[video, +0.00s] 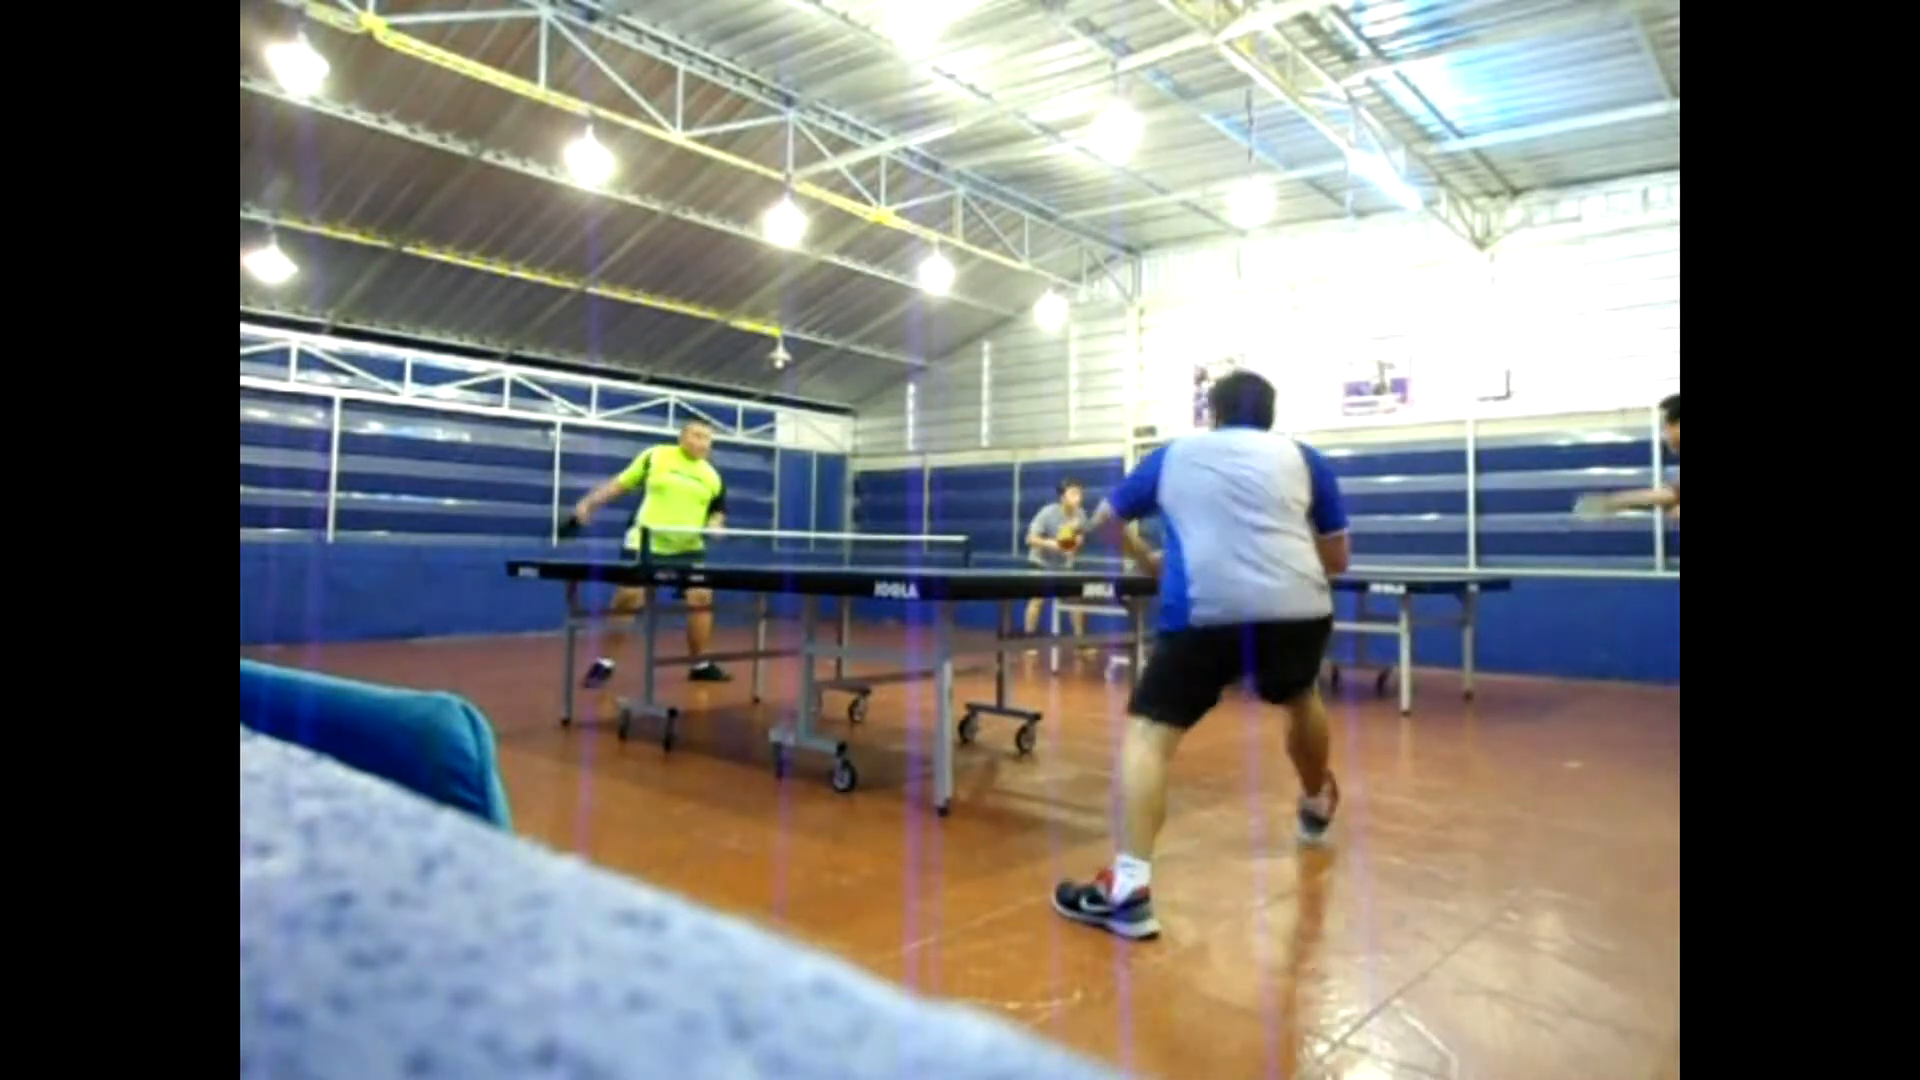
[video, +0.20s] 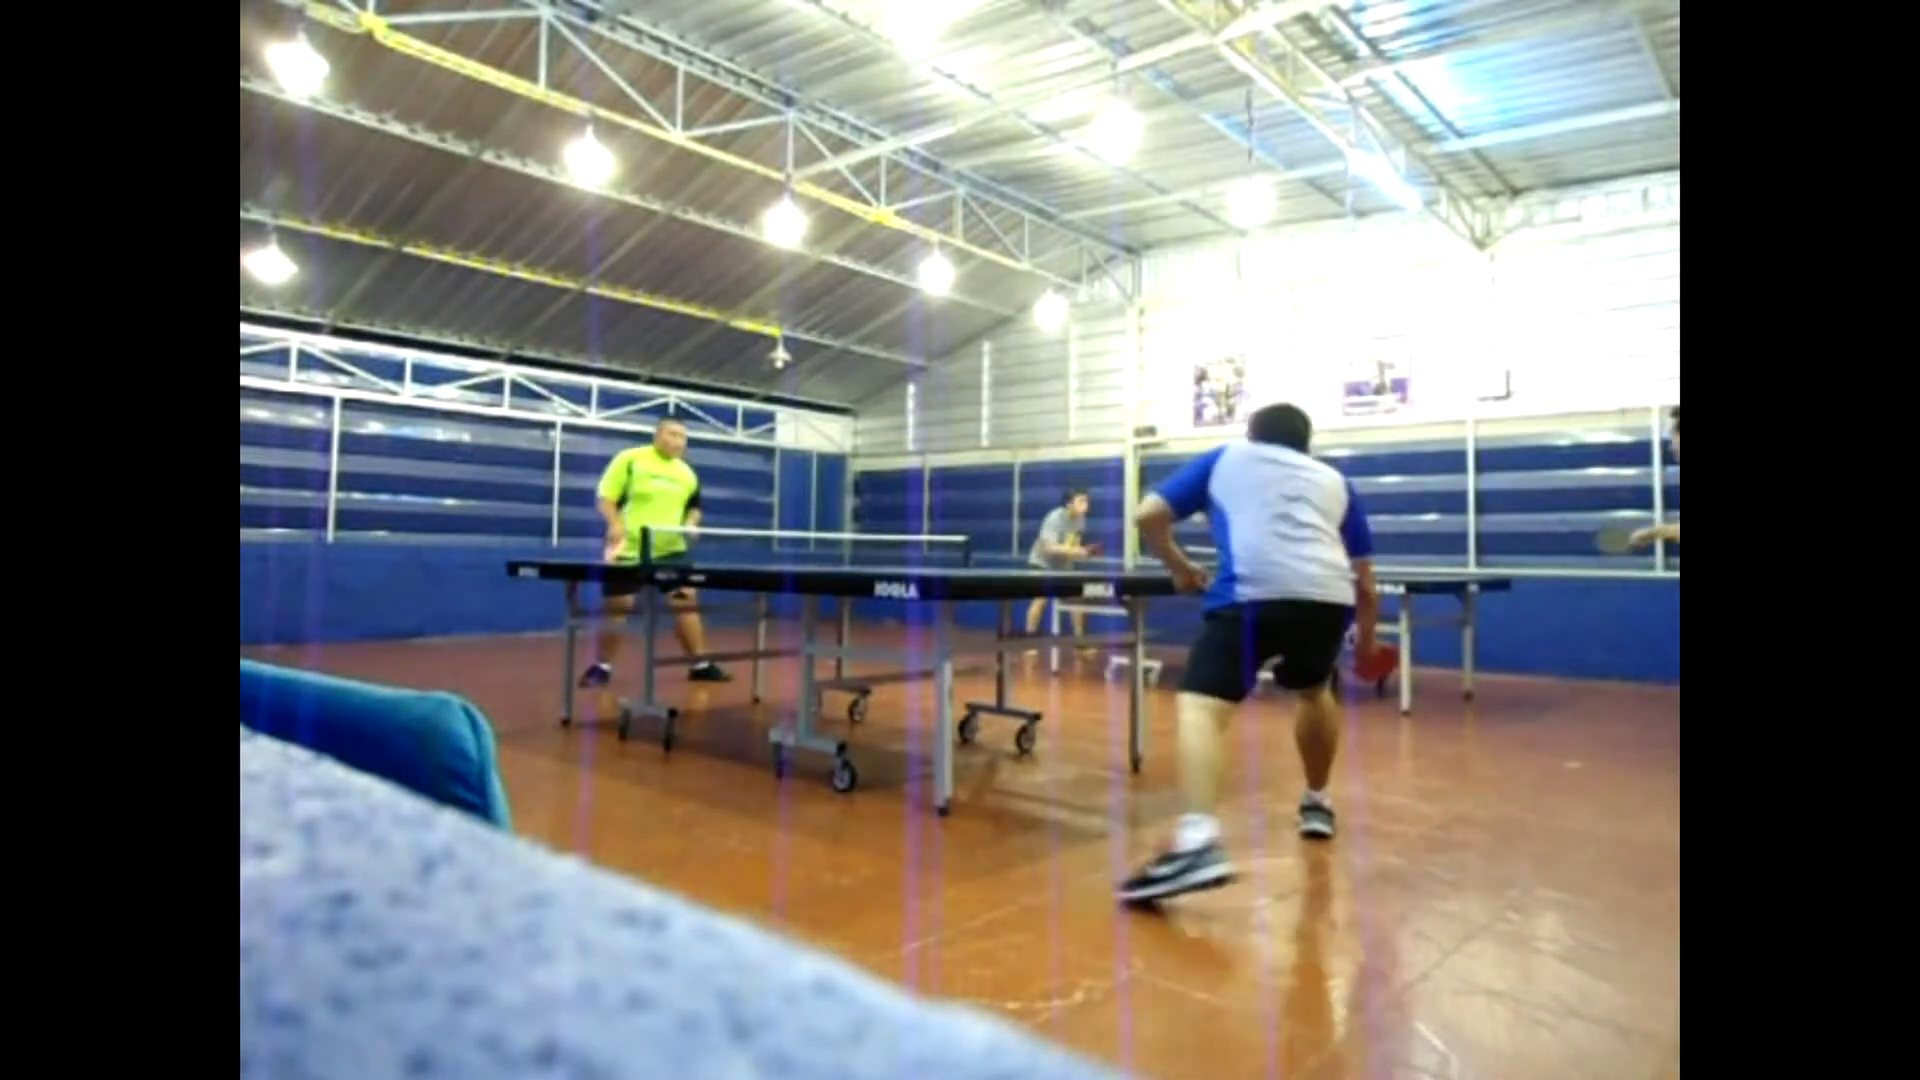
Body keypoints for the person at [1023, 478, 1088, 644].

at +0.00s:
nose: (1076, 498)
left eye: (1078, 493)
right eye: (1072, 493)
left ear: (1081, 496)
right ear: (1063, 496)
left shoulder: (1080, 515)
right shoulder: (1048, 513)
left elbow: (1082, 534)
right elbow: (1031, 537)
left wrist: (1075, 543)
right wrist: (1052, 545)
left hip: (1066, 563)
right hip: (1041, 563)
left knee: (1076, 600)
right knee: (1037, 599)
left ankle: (1080, 638)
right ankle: (1029, 636)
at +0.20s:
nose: (1084, 506)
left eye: (1086, 502)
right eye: (1080, 501)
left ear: (1087, 504)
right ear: (1070, 503)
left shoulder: (1079, 519)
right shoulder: (1055, 517)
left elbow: (1073, 544)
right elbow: (1049, 547)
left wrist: (1085, 551)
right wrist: (1078, 551)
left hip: (1065, 564)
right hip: (1042, 564)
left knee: (1077, 600)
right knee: (1041, 597)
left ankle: (1079, 639)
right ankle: (1029, 636)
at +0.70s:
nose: (1086, 491)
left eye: (1088, 487)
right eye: (1082, 486)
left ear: (1089, 491)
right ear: (1072, 488)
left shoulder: (1083, 509)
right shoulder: (1057, 506)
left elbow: (1083, 529)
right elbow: (1049, 530)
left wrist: (1080, 533)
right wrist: (1068, 531)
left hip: (1071, 560)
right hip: (1049, 558)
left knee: (1076, 600)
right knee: (1041, 597)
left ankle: (1079, 638)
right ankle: (1028, 634)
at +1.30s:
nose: (1086, 507)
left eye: (1088, 502)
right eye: (1082, 502)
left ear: (1090, 504)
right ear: (1072, 502)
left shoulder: (1080, 520)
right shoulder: (1056, 515)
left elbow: (1072, 541)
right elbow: (1050, 541)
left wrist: (1084, 549)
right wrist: (1077, 546)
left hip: (1064, 561)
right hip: (1042, 561)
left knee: (1075, 598)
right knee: (1041, 596)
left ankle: (1079, 637)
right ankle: (1029, 636)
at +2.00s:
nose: (1061, 490)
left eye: (1065, 485)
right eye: (1057, 485)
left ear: (1070, 488)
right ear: (1050, 485)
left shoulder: (1068, 508)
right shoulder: (1039, 506)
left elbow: (1070, 529)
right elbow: (1025, 531)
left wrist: (1068, 546)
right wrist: (1045, 535)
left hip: (1059, 561)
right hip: (1036, 561)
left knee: (1068, 600)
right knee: (1031, 599)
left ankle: (1073, 638)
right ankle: (1023, 635)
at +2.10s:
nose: (1060, 488)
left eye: (1064, 483)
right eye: (1058, 482)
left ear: (1068, 486)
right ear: (1050, 482)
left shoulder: (1068, 507)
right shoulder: (1036, 505)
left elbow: (1070, 530)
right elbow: (1024, 531)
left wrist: (1067, 547)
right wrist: (1043, 538)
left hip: (1059, 561)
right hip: (1036, 561)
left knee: (1066, 601)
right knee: (1031, 600)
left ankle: (1068, 639)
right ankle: (1023, 636)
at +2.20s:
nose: (1062, 486)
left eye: (1064, 482)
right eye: (1058, 482)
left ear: (1067, 485)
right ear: (1051, 485)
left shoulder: (1068, 504)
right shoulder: (1037, 503)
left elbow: (1071, 526)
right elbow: (1024, 531)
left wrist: (1069, 545)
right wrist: (1044, 539)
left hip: (1061, 560)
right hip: (1038, 560)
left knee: (1066, 600)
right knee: (1031, 599)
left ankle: (1068, 637)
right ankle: (1023, 635)